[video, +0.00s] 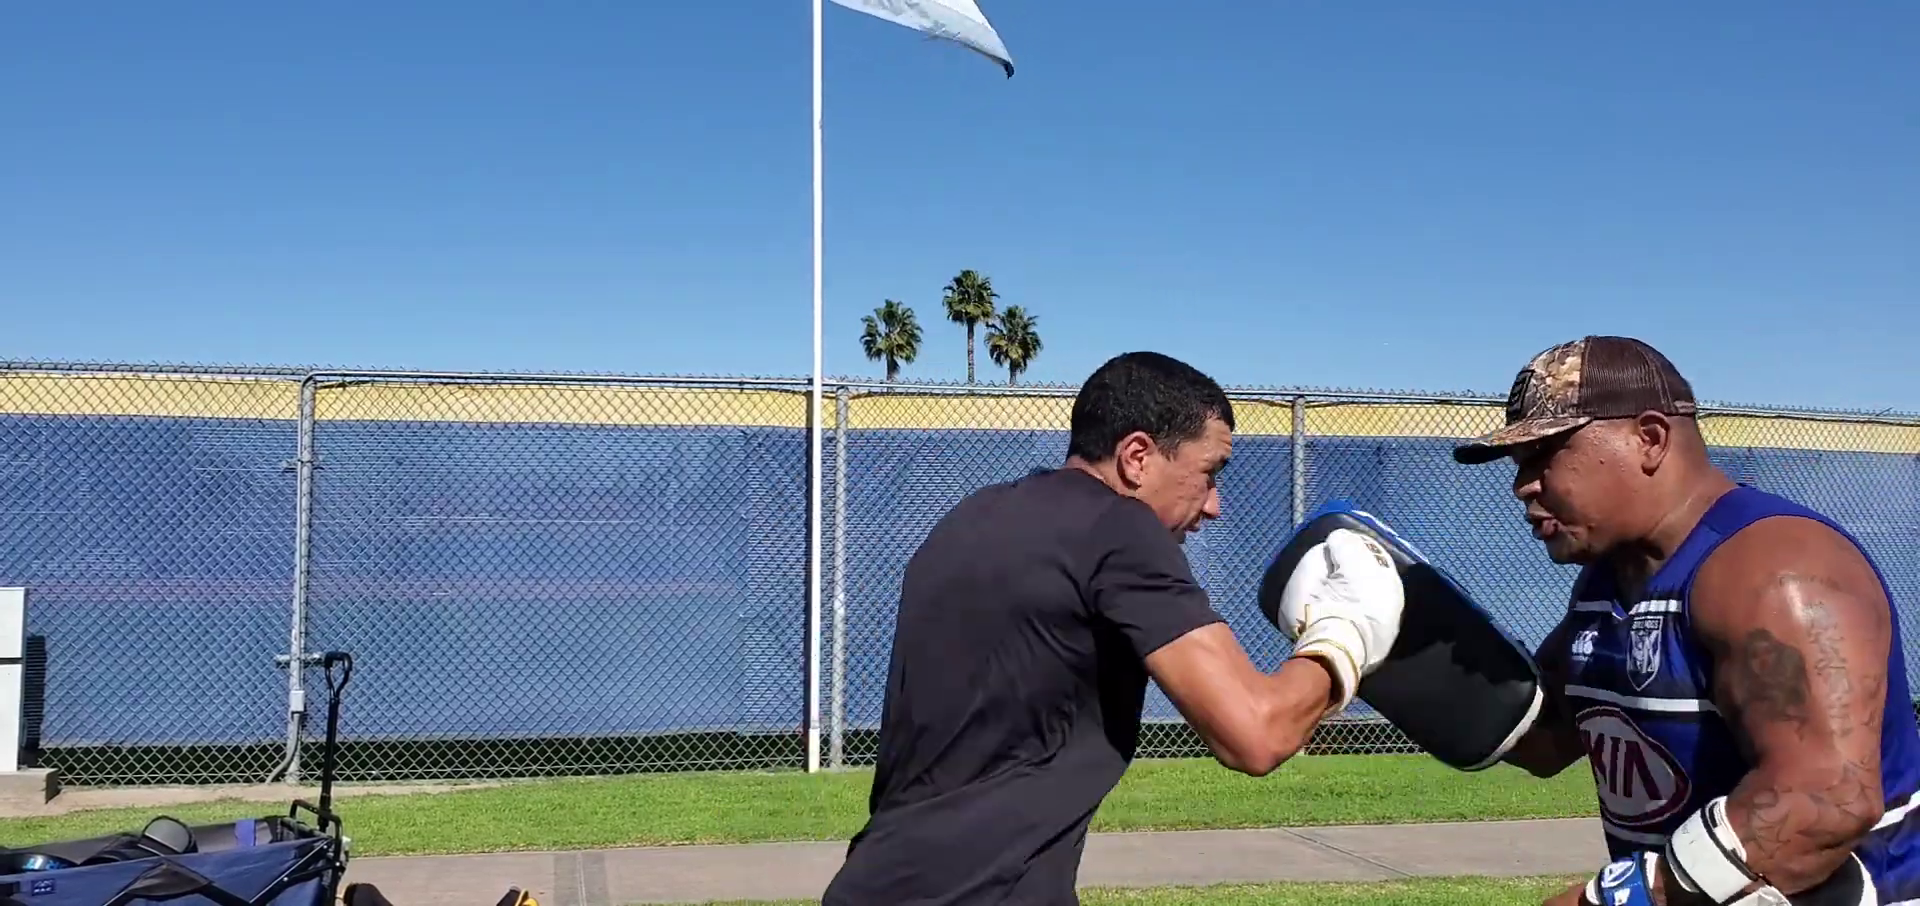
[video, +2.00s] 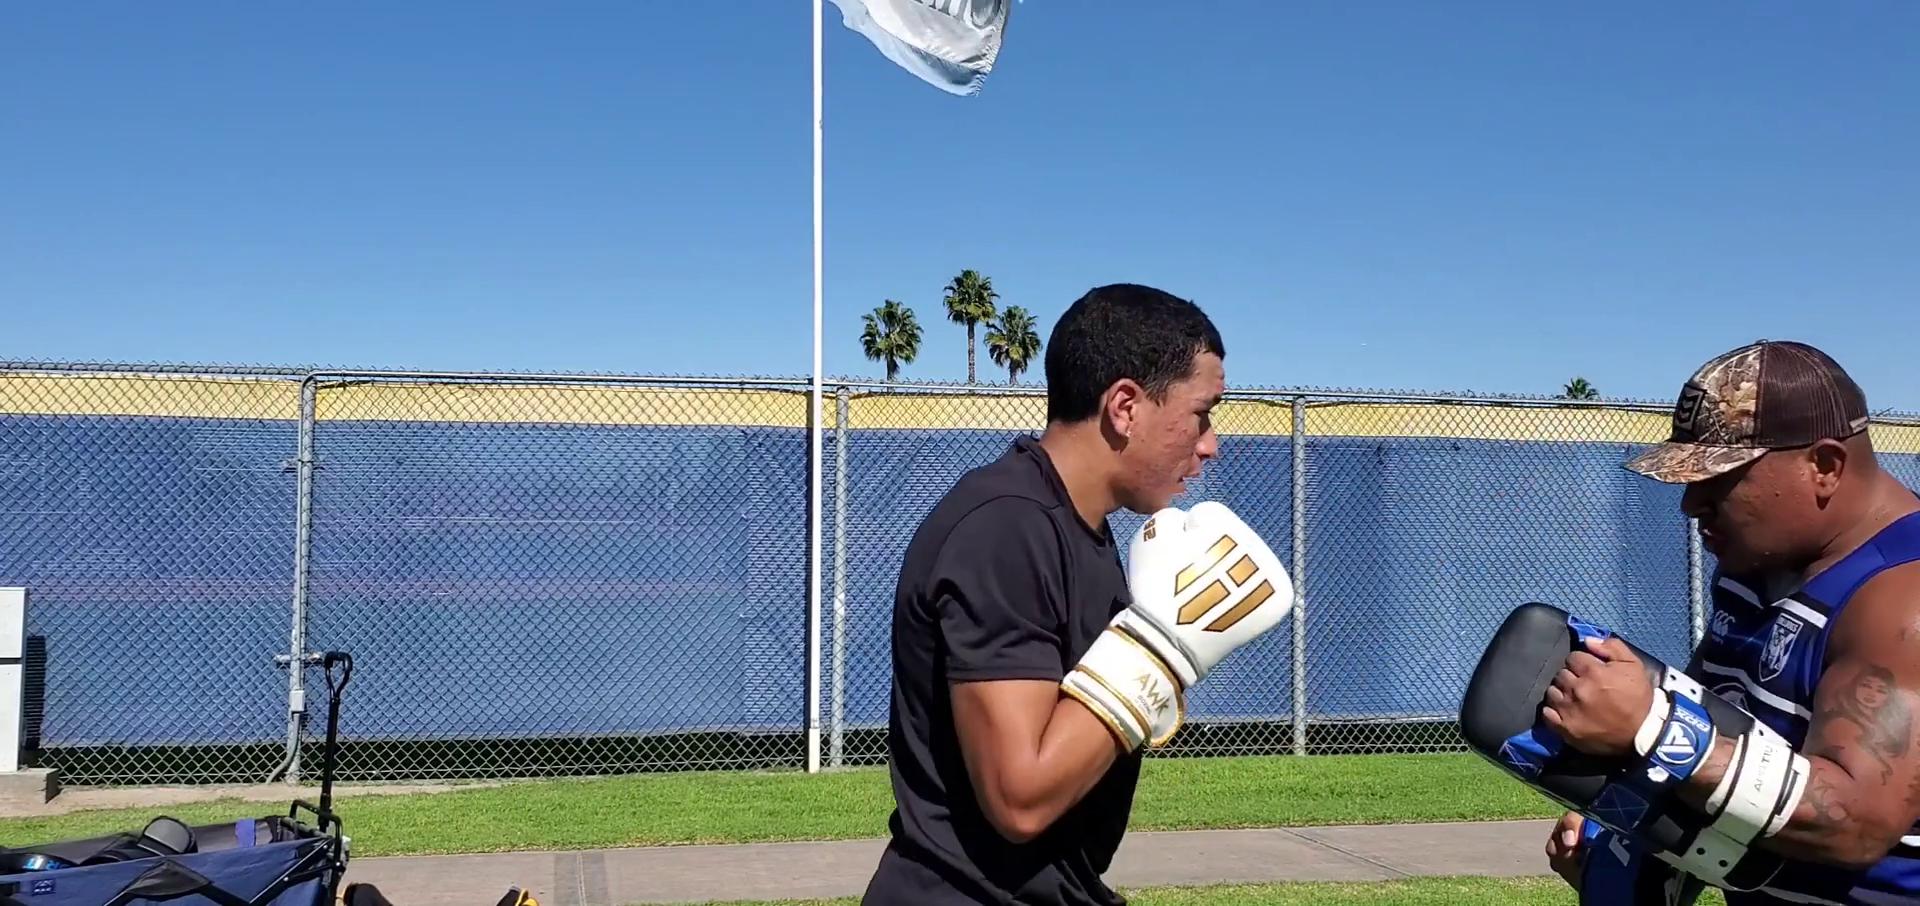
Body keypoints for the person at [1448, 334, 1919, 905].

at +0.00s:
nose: (1522, 486)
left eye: (1543, 455)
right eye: (1519, 462)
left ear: (1650, 441)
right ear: (1651, 444)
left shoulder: (1781, 576)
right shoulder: (1612, 574)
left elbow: (1825, 801)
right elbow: (1546, 739)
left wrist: (1622, 894)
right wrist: (1400, 651)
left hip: (1832, 893)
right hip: (1680, 889)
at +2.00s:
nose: (1690, 505)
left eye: (1717, 480)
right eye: (1691, 479)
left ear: (1826, 468)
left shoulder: (1900, 602)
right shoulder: (1758, 559)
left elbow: (1855, 821)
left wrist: (1658, 729)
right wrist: (1619, 831)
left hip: (1858, 893)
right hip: (1758, 881)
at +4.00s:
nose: (1837, 464)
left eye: (1870, 435)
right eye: (1835, 435)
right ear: (1826, 433)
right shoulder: (1839, 553)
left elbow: (1908, 750)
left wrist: (1743, 752)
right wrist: (1703, 460)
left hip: (1903, 881)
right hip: (1850, 883)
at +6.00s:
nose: (1800, 472)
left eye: (1828, 441)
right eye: (1792, 445)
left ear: (1913, 438)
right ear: (1782, 447)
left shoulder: (1914, 572)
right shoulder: (1810, 568)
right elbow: (1728, 689)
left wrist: (1860, 845)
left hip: (1906, 883)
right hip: (1834, 881)